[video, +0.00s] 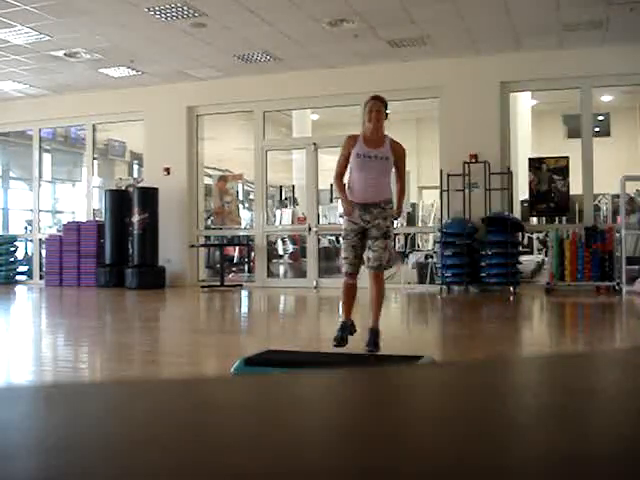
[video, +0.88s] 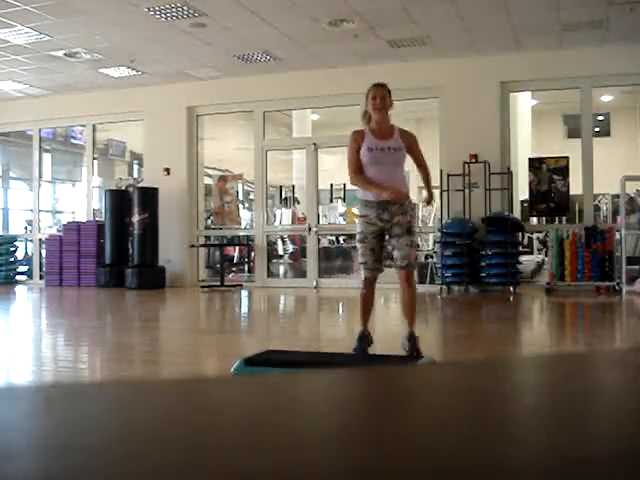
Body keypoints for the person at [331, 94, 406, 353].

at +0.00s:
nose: (375, 115)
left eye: (379, 111)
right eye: (371, 111)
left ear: (386, 115)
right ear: (364, 115)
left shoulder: (395, 148)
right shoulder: (352, 142)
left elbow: (400, 181)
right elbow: (338, 178)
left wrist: (398, 208)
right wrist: (345, 202)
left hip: (381, 211)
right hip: (354, 209)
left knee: (376, 272)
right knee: (350, 271)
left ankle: (374, 327)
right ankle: (346, 321)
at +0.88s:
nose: (378, 102)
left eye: (383, 98)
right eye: (374, 98)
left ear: (391, 103)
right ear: (367, 104)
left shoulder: (405, 137)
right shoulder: (359, 137)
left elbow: (422, 166)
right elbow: (354, 176)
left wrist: (428, 190)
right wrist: (384, 190)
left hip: (400, 208)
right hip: (370, 209)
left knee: (406, 273)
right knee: (369, 275)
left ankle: (410, 335)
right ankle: (364, 333)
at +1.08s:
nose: (388, 119)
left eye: (393, 114)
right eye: (383, 115)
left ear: (402, 118)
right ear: (377, 121)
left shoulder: (417, 156)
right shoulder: (371, 156)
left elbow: (436, 193)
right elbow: (359, 191)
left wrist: (438, 226)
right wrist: (352, 218)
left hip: (410, 232)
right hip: (376, 232)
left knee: (416, 291)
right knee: (370, 293)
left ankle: (423, 347)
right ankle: (367, 338)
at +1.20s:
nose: (386, 105)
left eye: (391, 100)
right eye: (381, 101)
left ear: (401, 103)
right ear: (375, 106)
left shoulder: (414, 135)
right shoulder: (374, 139)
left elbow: (416, 169)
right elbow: (356, 166)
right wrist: (327, 184)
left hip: (410, 213)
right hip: (379, 213)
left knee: (418, 282)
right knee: (360, 270)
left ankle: (424, 343)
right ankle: (372, 317)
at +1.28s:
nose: (379, 93)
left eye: (383, 88)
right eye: (375, 90)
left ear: (394, 91)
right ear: (370, 95)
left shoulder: (408, 119)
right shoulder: (371, 128)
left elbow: (388, 141)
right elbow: (349, 150)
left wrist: (359, 142)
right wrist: (318, 146)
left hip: (411, 201)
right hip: (380, 200)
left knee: (420, 273)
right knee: (358, 247)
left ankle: (428, 340)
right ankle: (366, 315)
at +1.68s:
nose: (356, 84)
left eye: (361, 79)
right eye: (351, 81)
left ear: (370, 84)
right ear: (345, 88)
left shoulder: (384, 112)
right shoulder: (338, 124)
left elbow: (375, 118)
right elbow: (304, 147)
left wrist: (335, 121)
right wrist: (285, 117)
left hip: (393, 194)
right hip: (359, 199)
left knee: (409, 262)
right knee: (345, 263)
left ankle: (426, 321)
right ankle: (345, 335)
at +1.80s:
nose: (346, 73)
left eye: (350, 68)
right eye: (340, 69)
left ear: (360, 72)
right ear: (333, 76)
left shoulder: (377, 102)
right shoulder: (329, 111)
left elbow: (406, 122)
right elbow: (313, 149)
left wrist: (382, 124)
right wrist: (310, 120)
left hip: (383, 177)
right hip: (352, 188)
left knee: (381, 210)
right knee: (346, 258)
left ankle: (403, 259)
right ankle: (348, 331)